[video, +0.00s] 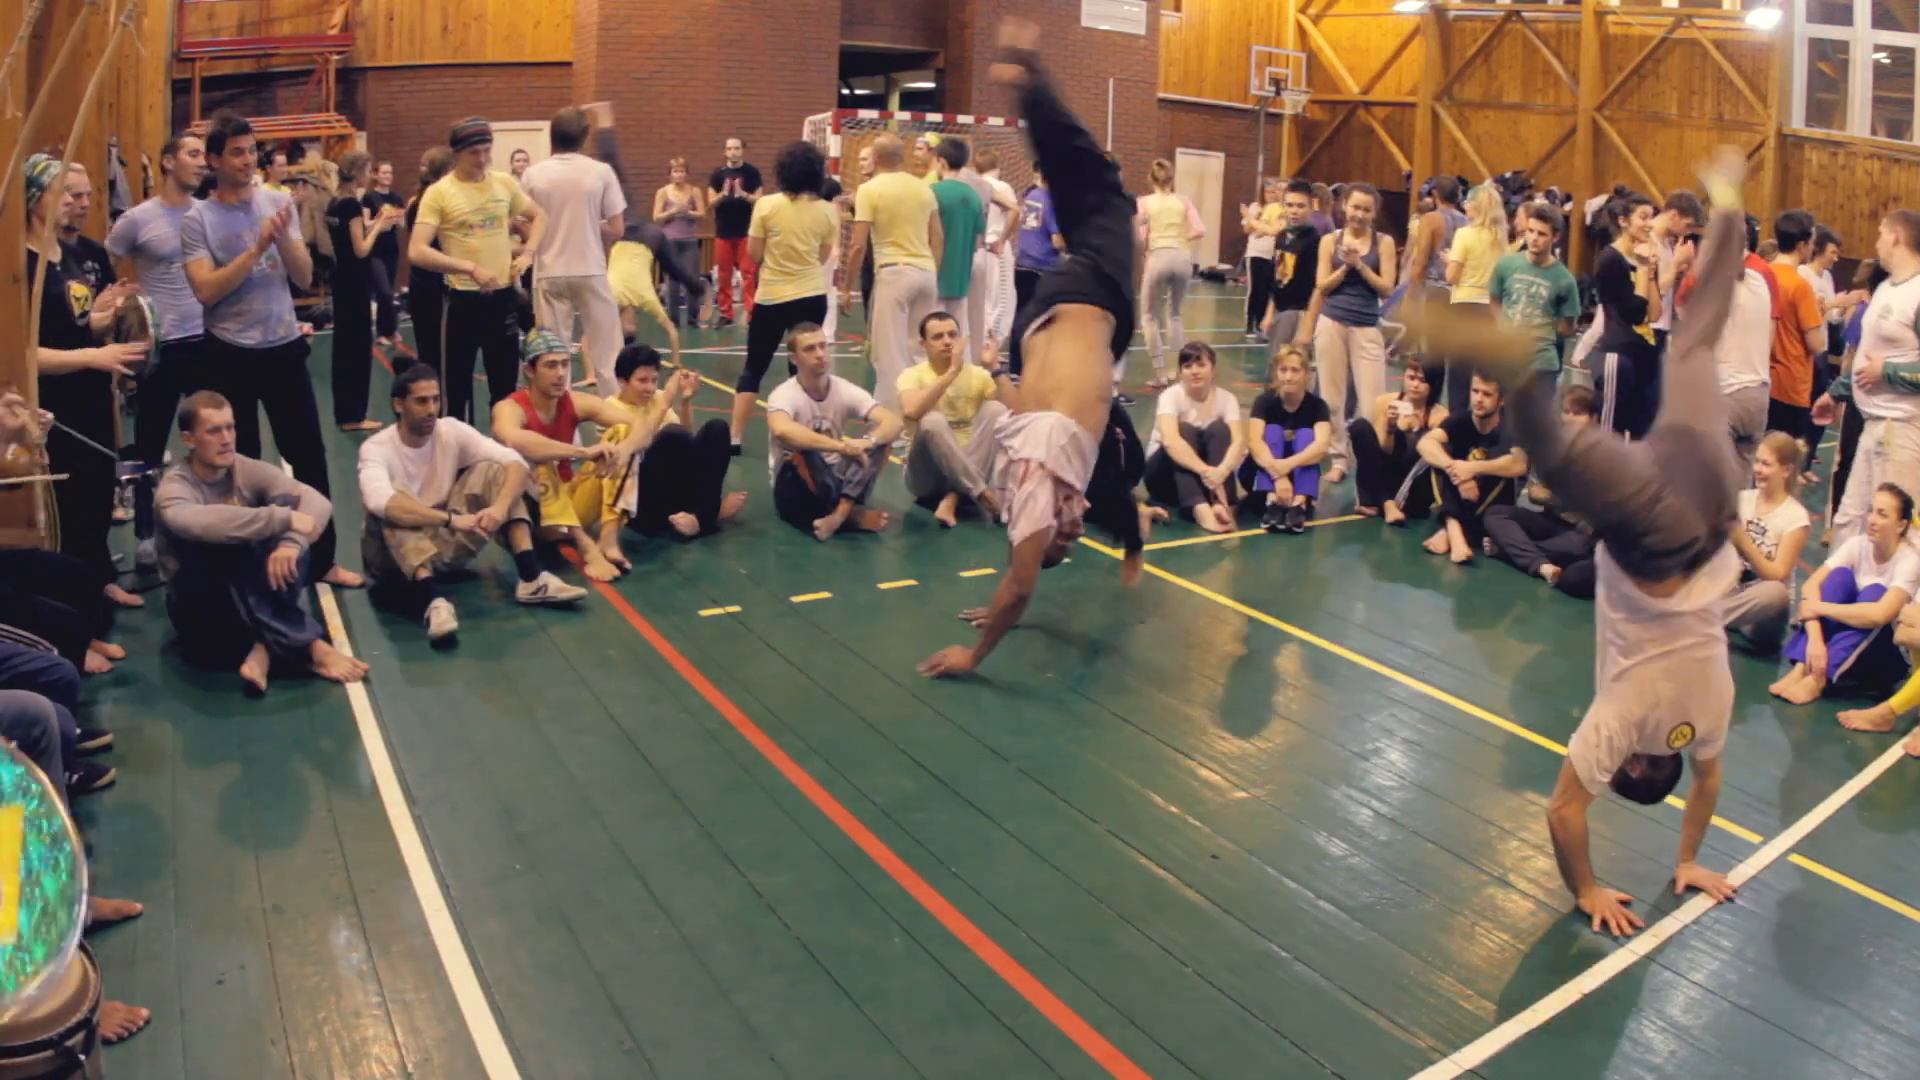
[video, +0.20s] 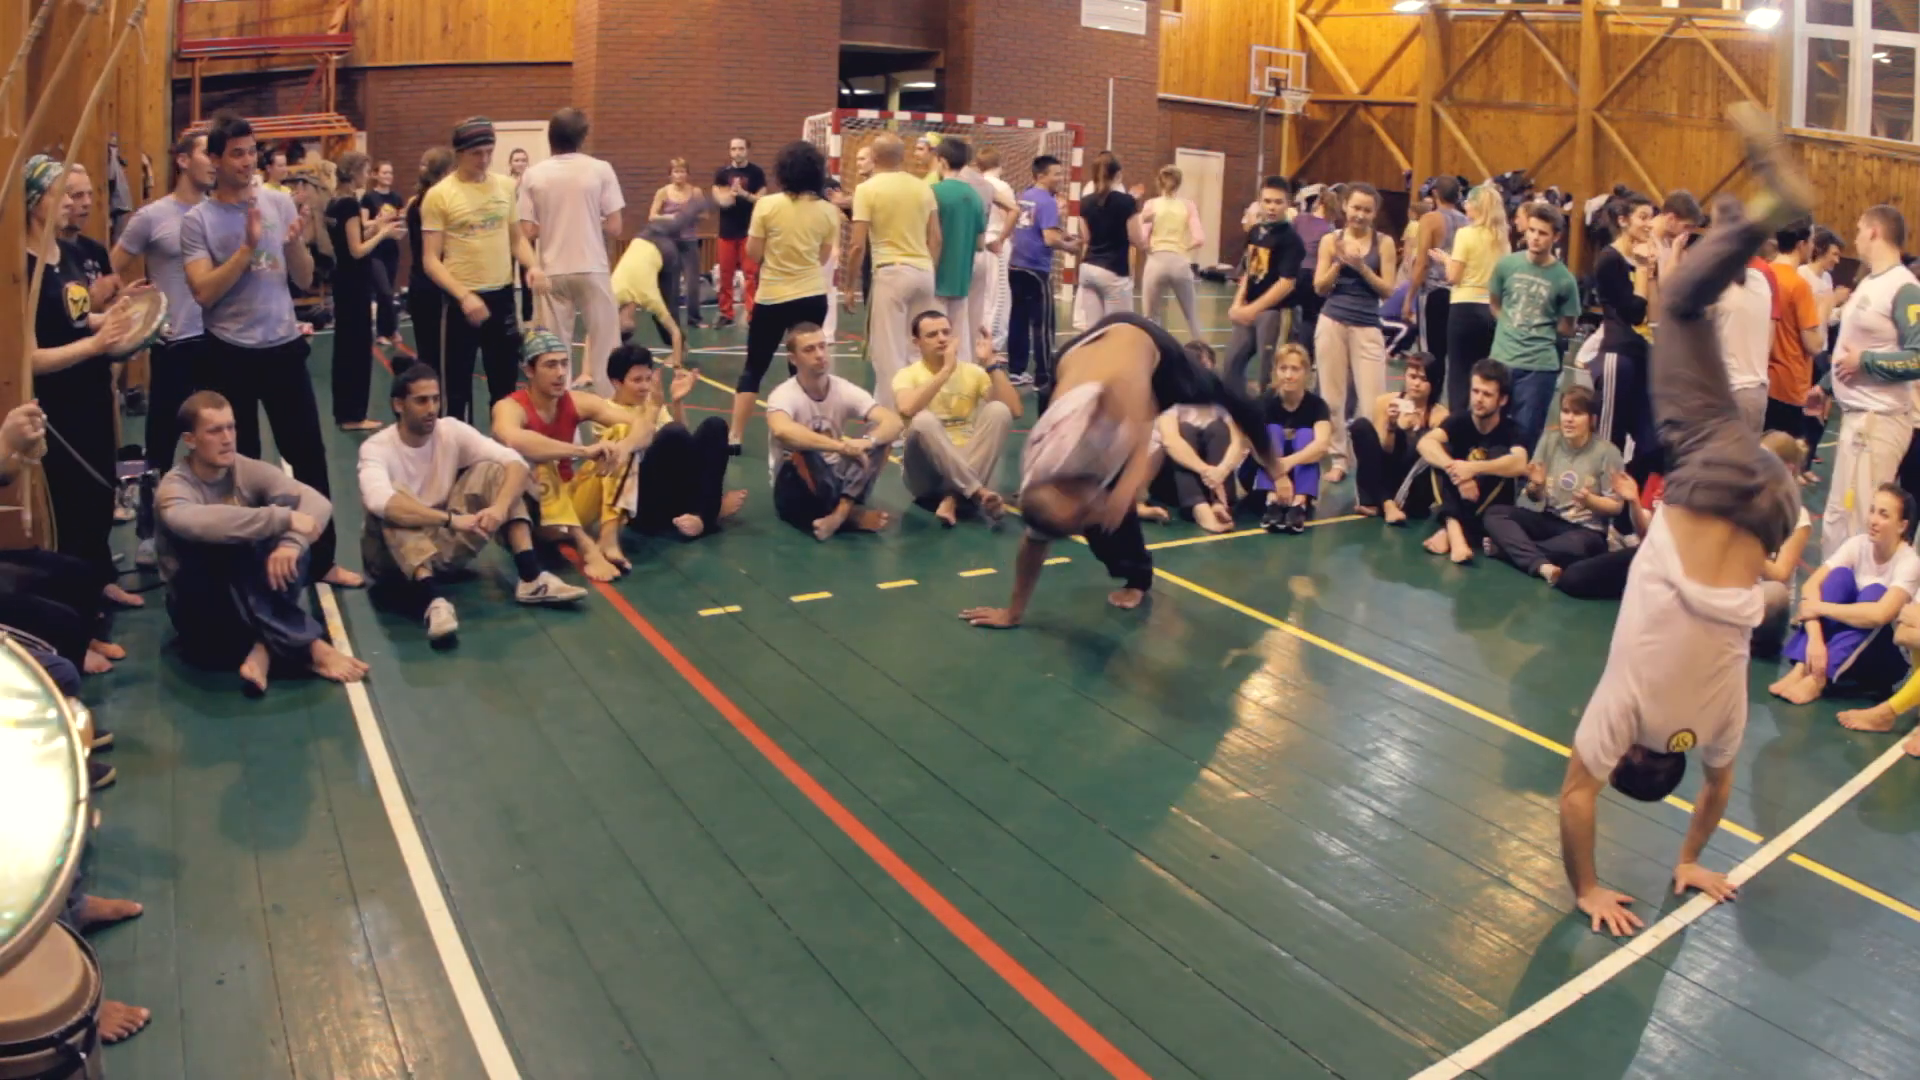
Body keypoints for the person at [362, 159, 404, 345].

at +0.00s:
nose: (388, 176)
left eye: (390, 173)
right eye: (385, 173)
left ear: (393, 176)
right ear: (376, 175)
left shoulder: (397, 198)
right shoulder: (369, 197)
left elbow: (403, 223)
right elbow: (366, 224)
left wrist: (397, 218)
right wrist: (384, 220)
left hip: (392, 247)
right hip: (375, 247)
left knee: (386, 291)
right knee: (384, 290)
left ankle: (382, 332)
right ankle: (392, 329)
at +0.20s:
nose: (388, 176)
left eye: (390, 173)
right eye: (385, 173)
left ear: (393, 176)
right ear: (376, 175)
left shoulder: (396, 198)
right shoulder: (368, 198)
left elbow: (403, 219)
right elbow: (364, 225)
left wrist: (394, 219)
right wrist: (382, 220)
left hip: (392, 244)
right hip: (374, 245)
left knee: (386, 291)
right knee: (385, 290)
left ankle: (382, 331)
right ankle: (391, 329)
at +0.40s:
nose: (388, 176)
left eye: (390, 173)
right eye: (385, 172)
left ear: (392, 176)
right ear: (375, 175)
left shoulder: (395, 197)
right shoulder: (368, 197)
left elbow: (402, 220)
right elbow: (365, 223)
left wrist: (390, 216)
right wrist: (386, 219)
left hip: (391, 246)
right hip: (375, 246)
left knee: (386, 291)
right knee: (384, 290)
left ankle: (382, 332)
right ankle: (391, 329)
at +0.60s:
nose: (388, 176)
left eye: (390, 173)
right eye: (384, 172)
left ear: (392, 176)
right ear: (375, 175)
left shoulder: (396, 198)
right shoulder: (368, 197)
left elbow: (402, 221)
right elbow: (365, 223)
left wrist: (391, 224)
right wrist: (384, 224)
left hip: (391, 245)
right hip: (374, 245)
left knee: (386, 291)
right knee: (384, 290)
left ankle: (382, 332)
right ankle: (391, 329)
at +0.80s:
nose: (388, 176)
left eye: (390, 173)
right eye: (384, 173)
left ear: (392, 176)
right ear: (375, 175)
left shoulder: (395, 198)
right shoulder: (367, 198)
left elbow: (401, 221)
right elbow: (365, 225)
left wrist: (385, 219)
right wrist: (387, 220)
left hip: (391, 248)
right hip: (374, 248)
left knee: (386, 292)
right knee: (384, 291)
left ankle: (382, 332)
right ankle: (391, 329)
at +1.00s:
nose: (388, 177)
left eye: (389, 173)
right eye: (384, 173)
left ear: (391, 176)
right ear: (374, 175)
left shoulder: (395, 198)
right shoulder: (367, 198)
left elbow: (401, 225)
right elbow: (365, 225)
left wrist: (396, 218)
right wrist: (383, 220)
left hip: (391, 248)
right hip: (373, 248)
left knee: (385, 292)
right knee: (384, 290)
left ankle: (383, 332)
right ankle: (391, 329)